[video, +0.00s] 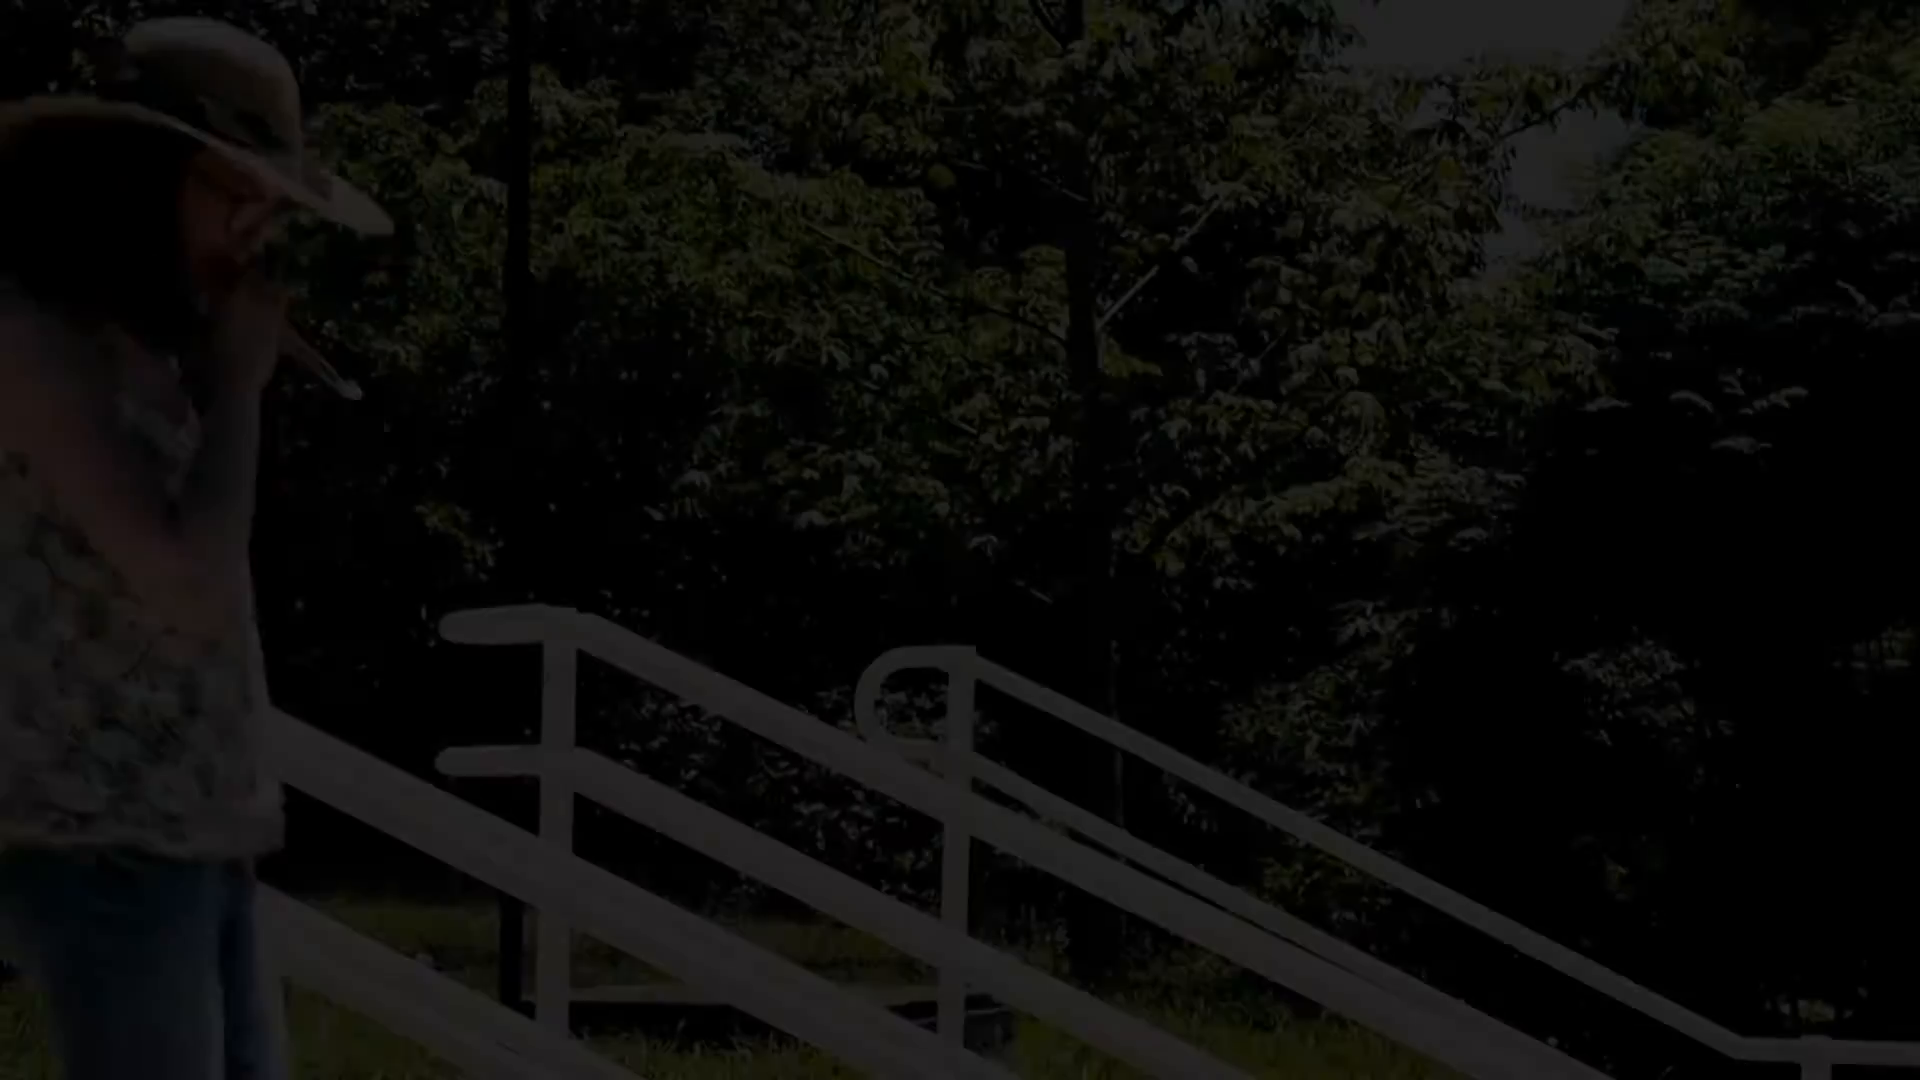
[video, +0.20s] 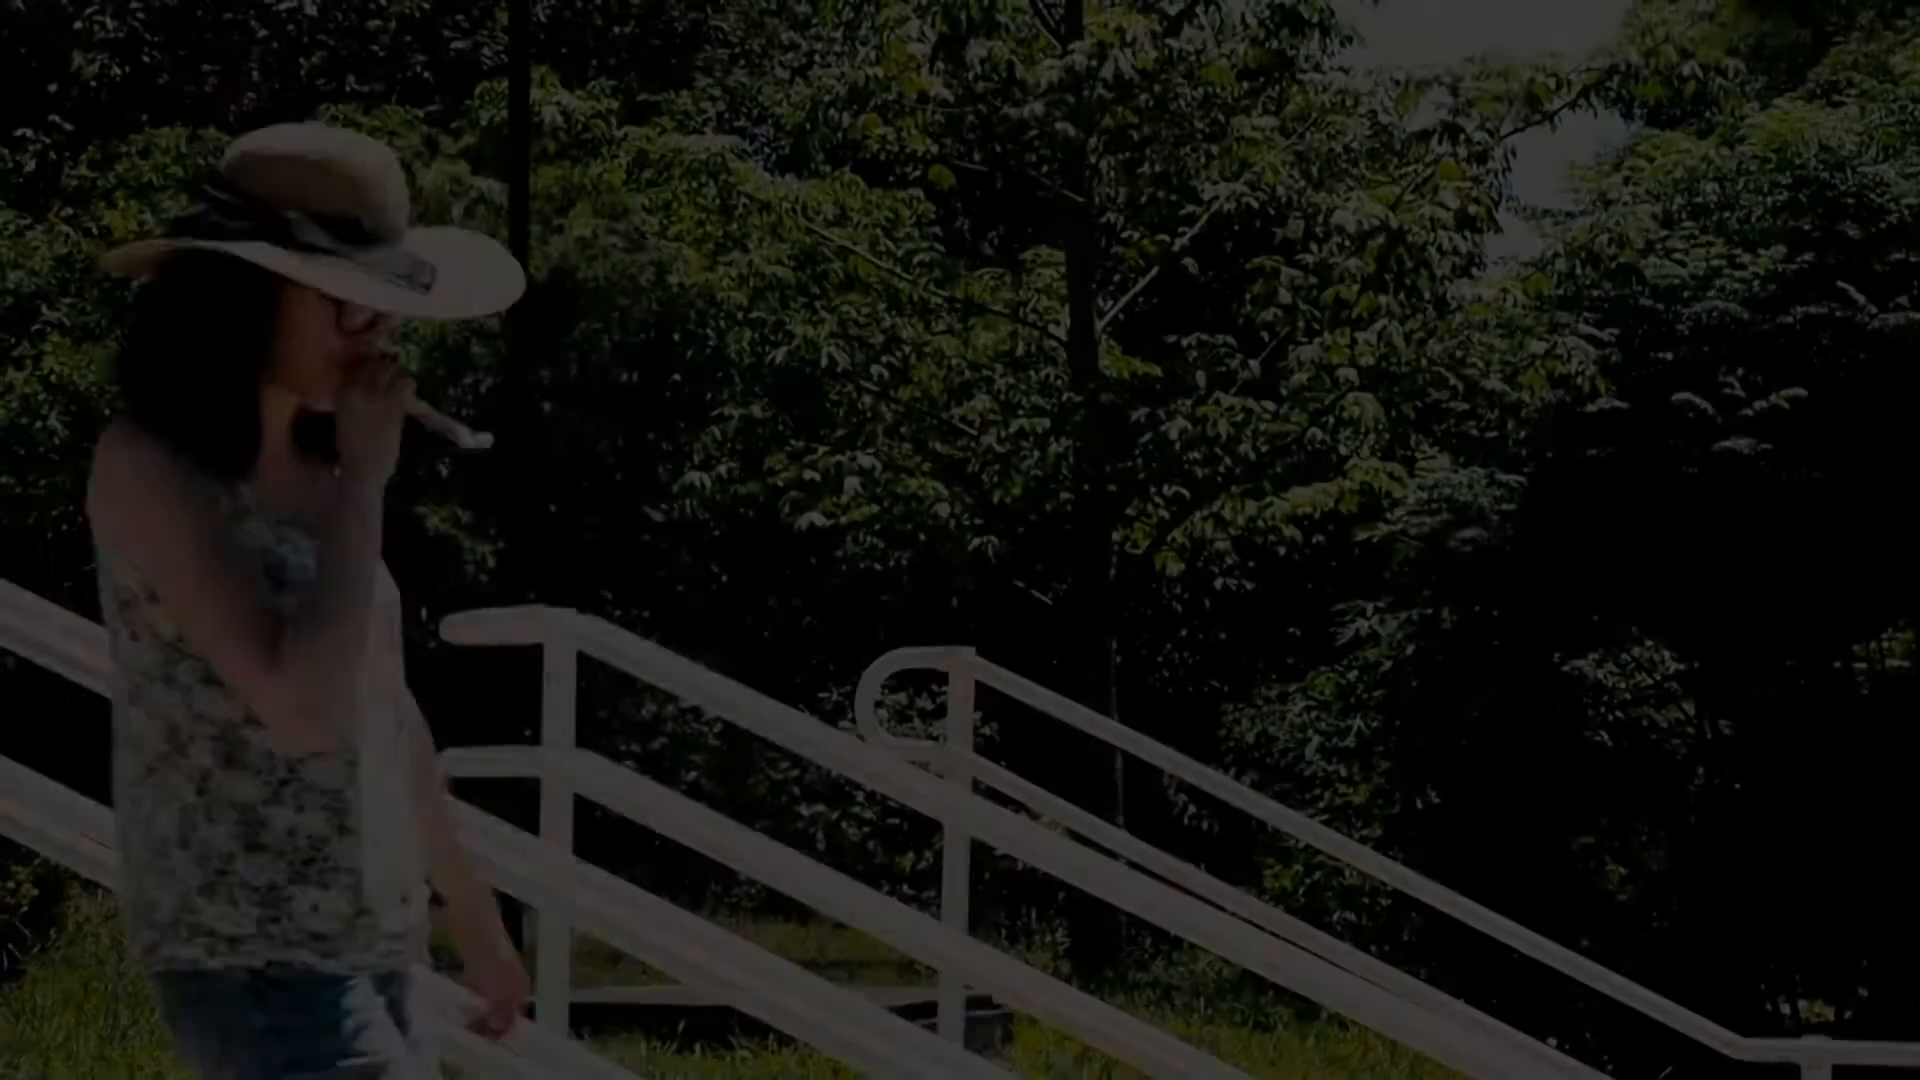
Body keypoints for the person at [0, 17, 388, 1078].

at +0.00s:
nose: (250, 234)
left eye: (264, 209)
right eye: (230, 196)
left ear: (259, 213)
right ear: (148, 183)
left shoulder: (163, 347)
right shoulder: (44, 337)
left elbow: (196, 594)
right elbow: (190, 587)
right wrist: (239, 372)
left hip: (195, 843)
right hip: (107, 851)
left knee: (239, 1059)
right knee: (159, 1063)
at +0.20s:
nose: (370, 335)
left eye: (377, 306)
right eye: (341, 302)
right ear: (246, 298)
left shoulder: (321, 471)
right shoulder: (145, 468)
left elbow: (391, 711)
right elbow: (303, 708)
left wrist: (474, 919)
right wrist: (361, 481)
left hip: (365, 941)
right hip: (254, 956)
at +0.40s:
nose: (472, 309)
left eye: (486, 277)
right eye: (434, 280)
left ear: (507, 278)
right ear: (345, 281)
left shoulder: (498, 436)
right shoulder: (261, 454)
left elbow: (591, 672)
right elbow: (381, 695)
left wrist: (725, 853)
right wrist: (446, 449)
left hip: (526, 938)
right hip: (391, 958)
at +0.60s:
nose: (586, 445)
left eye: (604, 414)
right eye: (549, 414)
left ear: (622, 411)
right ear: (462, 413)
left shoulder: (649, 550)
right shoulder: (382, 597)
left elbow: (800, 772)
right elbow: (482, 857)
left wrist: (942, 935)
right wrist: (536, 588)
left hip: (683, 1037)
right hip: (510, 1050)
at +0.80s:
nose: (723, 436)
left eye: (747, 407)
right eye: (689, 403)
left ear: (766, 413)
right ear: (597, 403)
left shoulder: (791, 547)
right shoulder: (494, 588)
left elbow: (964, 771)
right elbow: (555, 850)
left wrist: (1138, 961)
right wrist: (643, 597)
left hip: (798, 1040)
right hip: (602, 1051)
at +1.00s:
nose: (855, 466)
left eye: (876, 433)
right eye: (817, 435)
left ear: (900, 435)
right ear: (732, 432)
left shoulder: (936, 569)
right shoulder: (626, 608)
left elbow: (1072, 799)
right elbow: (669, 892)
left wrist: (1188, 1013)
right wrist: (771, 637)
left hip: (936, 1047)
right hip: (727, 1056)